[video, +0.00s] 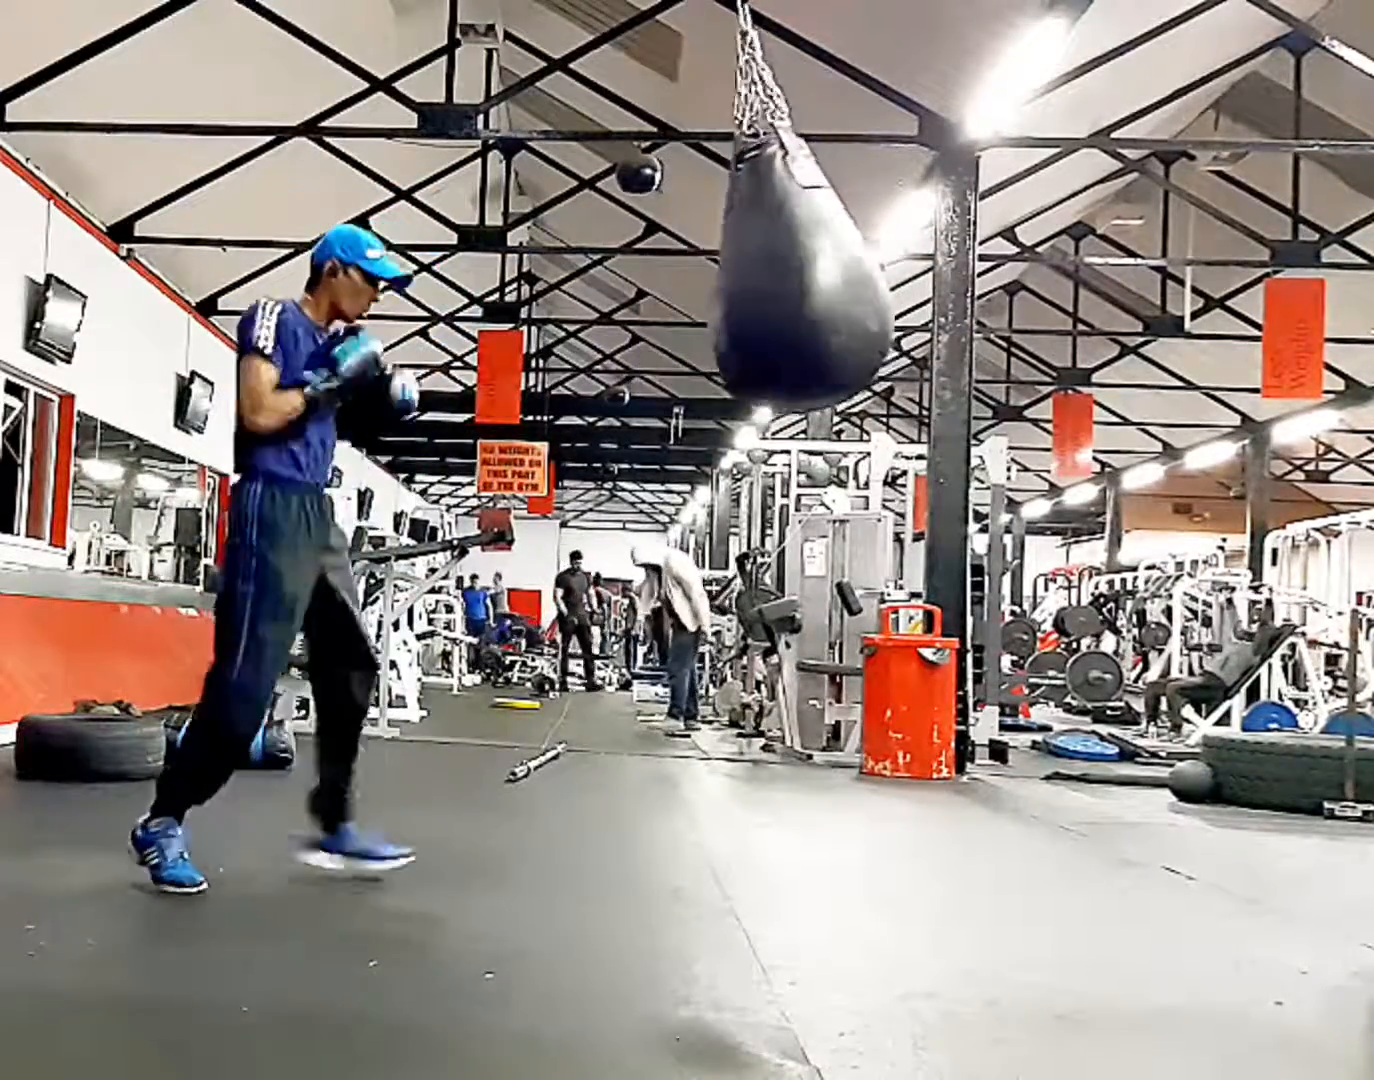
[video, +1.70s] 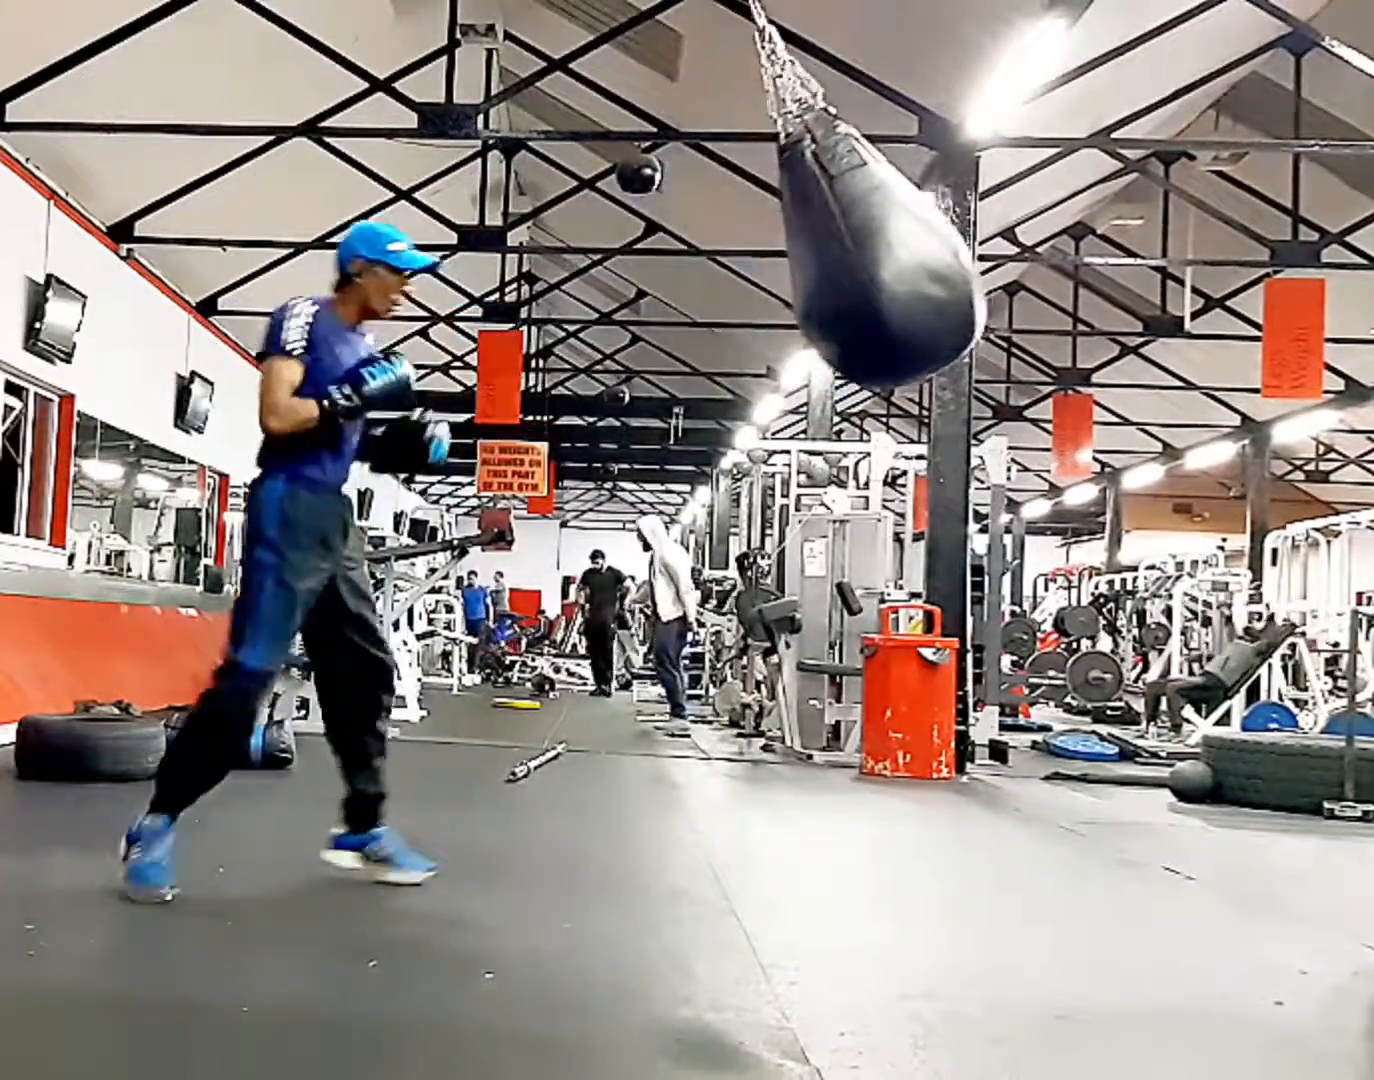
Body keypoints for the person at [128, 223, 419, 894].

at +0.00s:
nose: (376, 296)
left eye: (379, 286)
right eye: (370, 282)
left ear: (350, 281)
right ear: (332, 271)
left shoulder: (336, 346)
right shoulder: (272, 320)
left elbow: (340, 428)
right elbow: (256, 414)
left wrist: (382, 407)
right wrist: (329, 381)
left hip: (317, 514)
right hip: (269, 509)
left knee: (350, 669)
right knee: (246, 684)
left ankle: (333, 825)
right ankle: (161, 823)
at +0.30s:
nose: (432, 335)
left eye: (434, 325)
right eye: (427, 321)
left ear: (398, 317)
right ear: (396, 312)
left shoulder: (375, 372)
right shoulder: (341, 347)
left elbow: (365, 457)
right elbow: (312, 443)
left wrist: (413, 431)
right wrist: (386, 420)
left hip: (350, 530)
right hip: (324, 526)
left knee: (388, 683)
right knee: (312, 699)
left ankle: (401, 839)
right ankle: (179, 815)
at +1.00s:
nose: (449, 327)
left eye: (452, 316)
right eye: (443, 313)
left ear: (417, 312)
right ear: (409, 307)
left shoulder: (405, 373)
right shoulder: (361, 351)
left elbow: (403, 451)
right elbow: (350, 418)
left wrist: (458, 424)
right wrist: (432, 386)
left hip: (366, 538)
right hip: (339, 532)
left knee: (400, 687)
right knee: (285, 702)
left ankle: (403, 839)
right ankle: (161, 824)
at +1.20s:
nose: (463, 334)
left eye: (465, 324)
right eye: (458, 321)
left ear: (414, 315)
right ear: (428, 313)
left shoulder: (367, 362)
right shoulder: (403, 351)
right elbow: (470, 414)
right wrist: (554, 411)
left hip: (357, 532)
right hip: (346, 530)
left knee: (394, 688)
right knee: (288, 694)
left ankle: (403, 843)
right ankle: (164, 822)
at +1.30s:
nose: (484, 354)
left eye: (485, 342)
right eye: (478, 341)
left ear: (443, 338)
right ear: (444, 335)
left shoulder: (405, 373)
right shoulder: (411, 367)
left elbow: (393, 454)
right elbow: (390, 445)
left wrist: (454, 448)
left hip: (361, 540)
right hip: (340, 536)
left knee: (403, 689)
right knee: (318, 705)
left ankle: (404, 843)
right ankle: (179, 816)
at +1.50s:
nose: (464, 354)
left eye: (465, 343)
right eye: (457, 341)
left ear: (430, 341)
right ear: (422, 337)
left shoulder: (402, 387)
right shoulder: (377, 374)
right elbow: (314, 443)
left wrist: (451, 427)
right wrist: (384, 468)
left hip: (364, 559)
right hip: (329, 555)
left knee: (419, 698)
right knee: (312, 724)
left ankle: (407, 844)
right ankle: (169, 822)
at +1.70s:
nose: (403, 297)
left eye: (406, 285)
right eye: (396, 282)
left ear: (377, 281)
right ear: (359, 272)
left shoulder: (361, 345)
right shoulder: (302, 317)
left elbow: (346, 440)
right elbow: (276, 416)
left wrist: (400, 446)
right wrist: (353, 396)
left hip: (334, 519)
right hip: (287, 513)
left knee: (363, 671)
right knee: (250, 676)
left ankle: (363, 827)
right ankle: (156, 824)